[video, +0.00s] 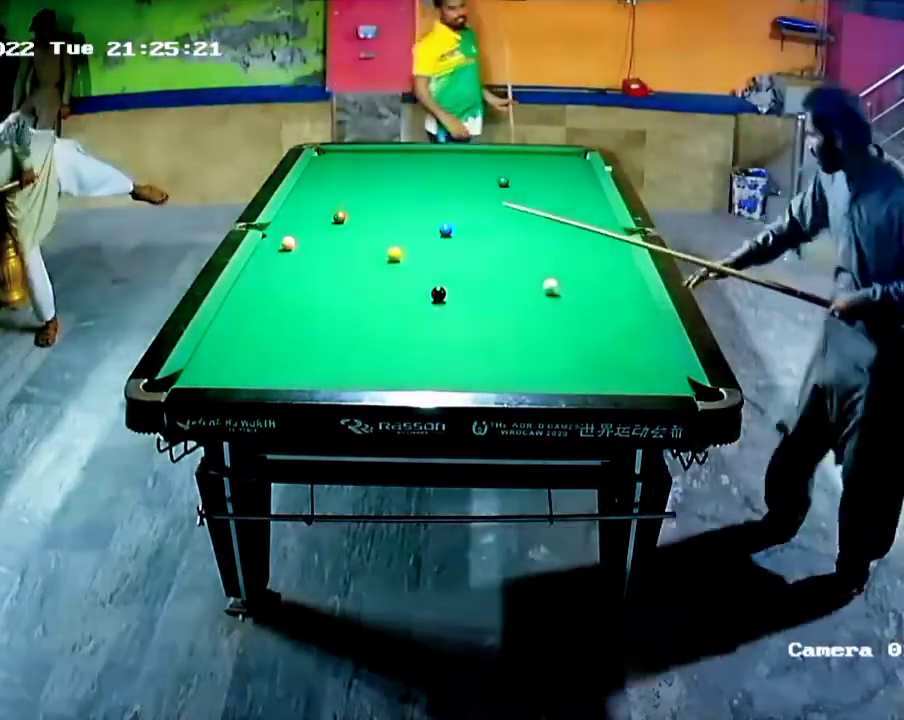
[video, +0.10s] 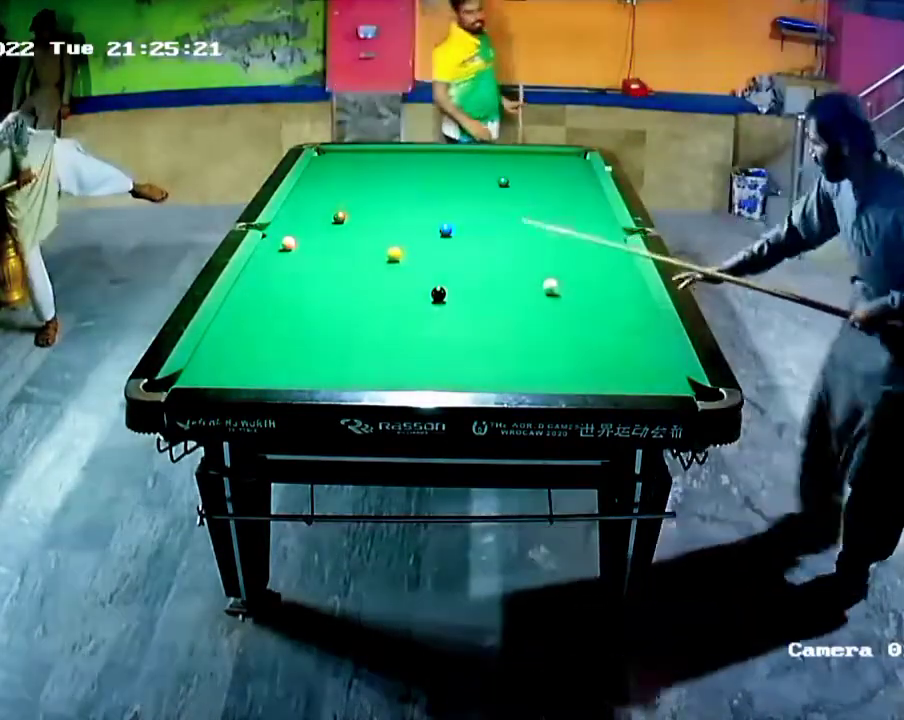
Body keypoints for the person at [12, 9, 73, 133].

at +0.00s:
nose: (37, 36)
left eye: (40, 32)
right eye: (35, 32)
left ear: (49, 31)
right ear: (34, 31)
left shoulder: (61, 48)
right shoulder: (32, 48)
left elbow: (68, 76)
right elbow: (21, 78)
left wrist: (65, 103)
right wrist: (15, 107)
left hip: (51, 95)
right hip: (35, 94)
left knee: (44, 134)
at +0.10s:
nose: (37, 36)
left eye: (40, 32)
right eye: (35, 32)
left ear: (49, 31)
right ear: (34, 31)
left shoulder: (61, 48)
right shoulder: (32, 48)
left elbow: (68, 76)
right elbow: (21, 78)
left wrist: (65, 103)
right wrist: (15, 107)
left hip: (51, 95)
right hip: (34, 94)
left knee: (43, 134)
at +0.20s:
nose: (37, 36)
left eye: (40, 32)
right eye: (35, 32)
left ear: (49, 31)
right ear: (34, 30)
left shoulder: (61, 48)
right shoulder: (32, 48)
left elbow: (68, 76)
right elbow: (21, 78)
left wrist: (65, 103)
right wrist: (15, 107)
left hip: (51, 95)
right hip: (34, 94)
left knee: (43, 134)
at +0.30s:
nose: (37, 36)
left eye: (40, 32)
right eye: (35, 32)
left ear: (49, 31)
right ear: (34, 31)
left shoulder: (61, 49)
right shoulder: (32, 48)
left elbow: (68, 76)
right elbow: (21, 78)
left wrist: (65, 103)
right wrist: (15, 107)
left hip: (51, 95)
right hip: (34, 95)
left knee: (42, 135)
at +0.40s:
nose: (37, 36)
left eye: (40, 32)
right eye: (35, 32)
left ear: (49, 31)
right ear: (34, 31)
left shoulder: (61, 49)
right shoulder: (32, 48)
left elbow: (68, 76)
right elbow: (21, 79)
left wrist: (65, 103)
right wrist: (15, 106)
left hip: (51, 95)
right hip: (34, 94)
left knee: (44, 133)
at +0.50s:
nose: (37, 36)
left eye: (40, 32)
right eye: (35, 32)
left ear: (49, 31)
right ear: (34, 31)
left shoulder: (61, 49)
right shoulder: (33, 48)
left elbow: (68, 76)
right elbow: (21, 79)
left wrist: (65, 103)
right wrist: (15, 106)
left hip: (51, 95)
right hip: (34, 94)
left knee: (44, 133)